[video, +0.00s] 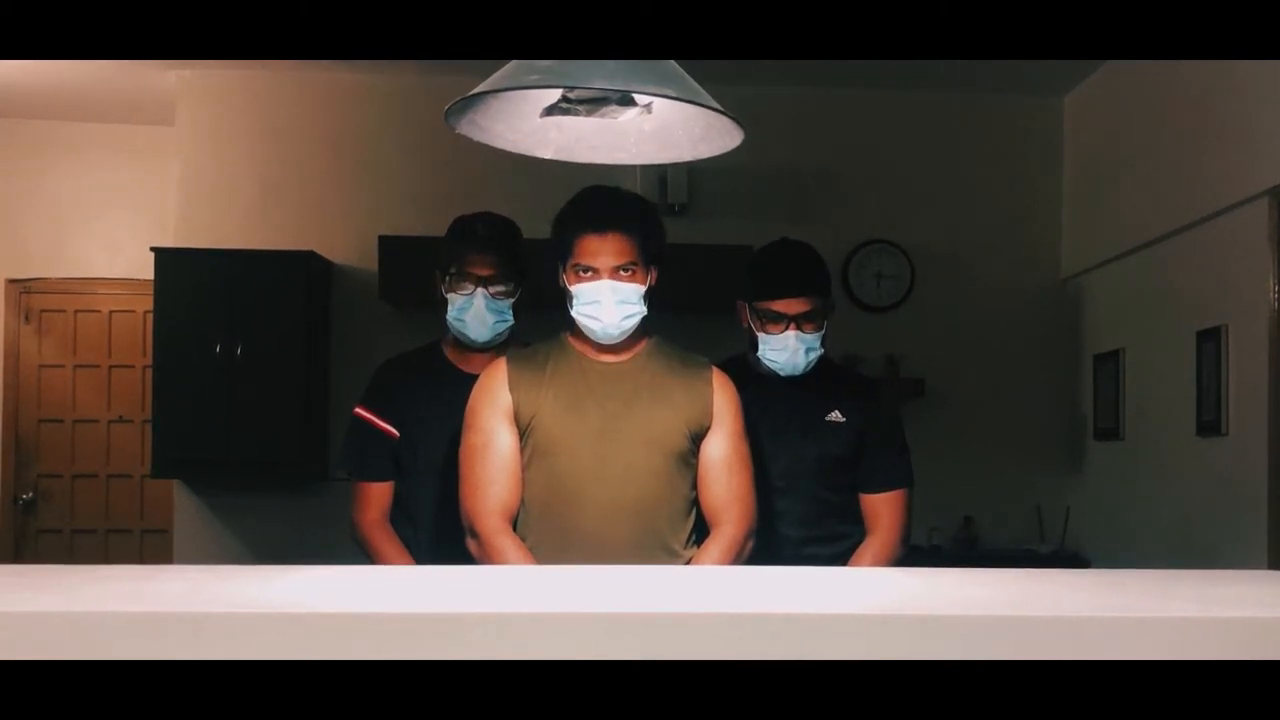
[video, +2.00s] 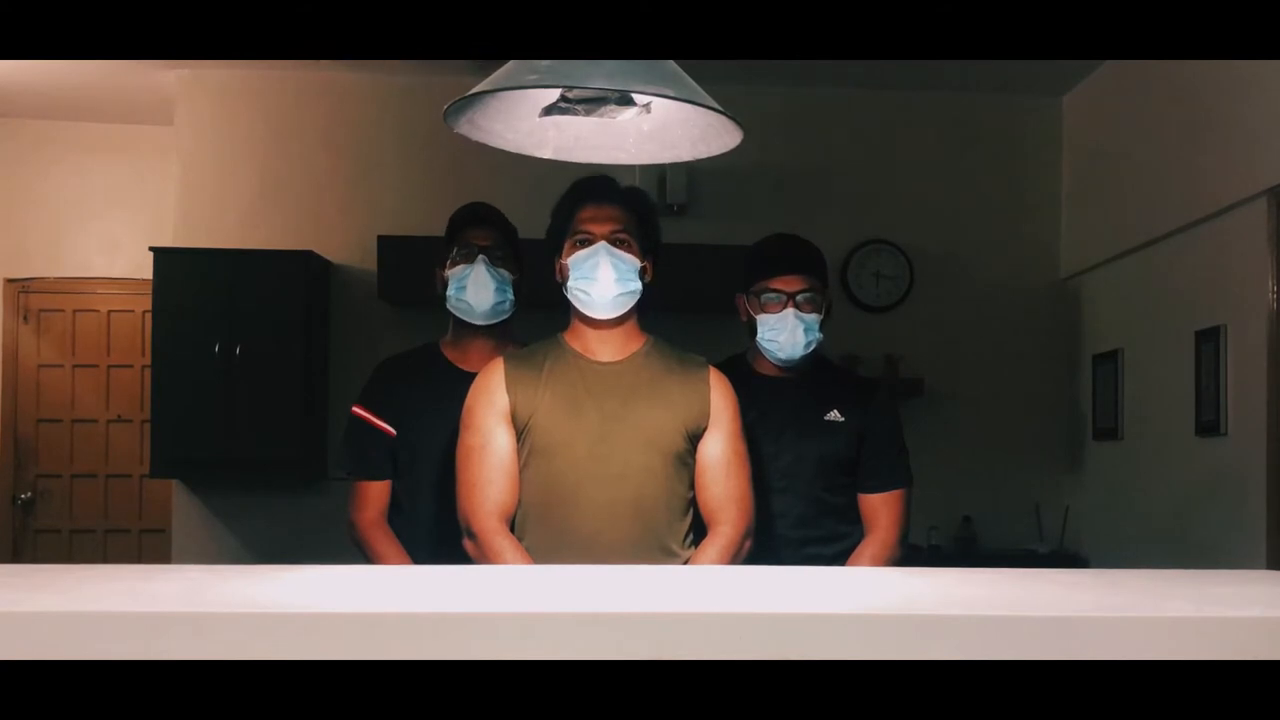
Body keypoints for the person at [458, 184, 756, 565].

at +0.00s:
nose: (606, 290)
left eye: (624, 271)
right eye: (586, 272)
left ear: (649, 276)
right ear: (564, 277)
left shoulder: (707, 388)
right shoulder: (507, 381)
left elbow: (733, 531)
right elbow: (486, 529)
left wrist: (669, 615)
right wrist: (555, 611)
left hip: (667, 615)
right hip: (545, 613)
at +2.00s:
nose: (601, 256)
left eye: (620, 242)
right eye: (583, 242)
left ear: (645, 268)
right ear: (560, 267)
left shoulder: (704, 387)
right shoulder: (503, 381)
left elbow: (732, 530)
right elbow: (483, 529)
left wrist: (668, 615)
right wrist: (552, 615)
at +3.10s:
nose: (602, 240)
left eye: (621, 233)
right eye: (585, 231)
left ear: (646, 268)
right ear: (562, 263)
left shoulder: (703, 389)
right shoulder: (503, 382)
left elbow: (731, 531)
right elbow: (484, 532)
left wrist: (667, 616)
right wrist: (554, 617)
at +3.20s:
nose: (602, 240)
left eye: (621, 232)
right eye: (585, 231)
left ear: (646, 268)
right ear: (562, 263)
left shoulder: (703, 388)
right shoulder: (503, 382)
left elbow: (731, 531)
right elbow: (484, 531)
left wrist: (668, 616)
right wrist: (553, 616)